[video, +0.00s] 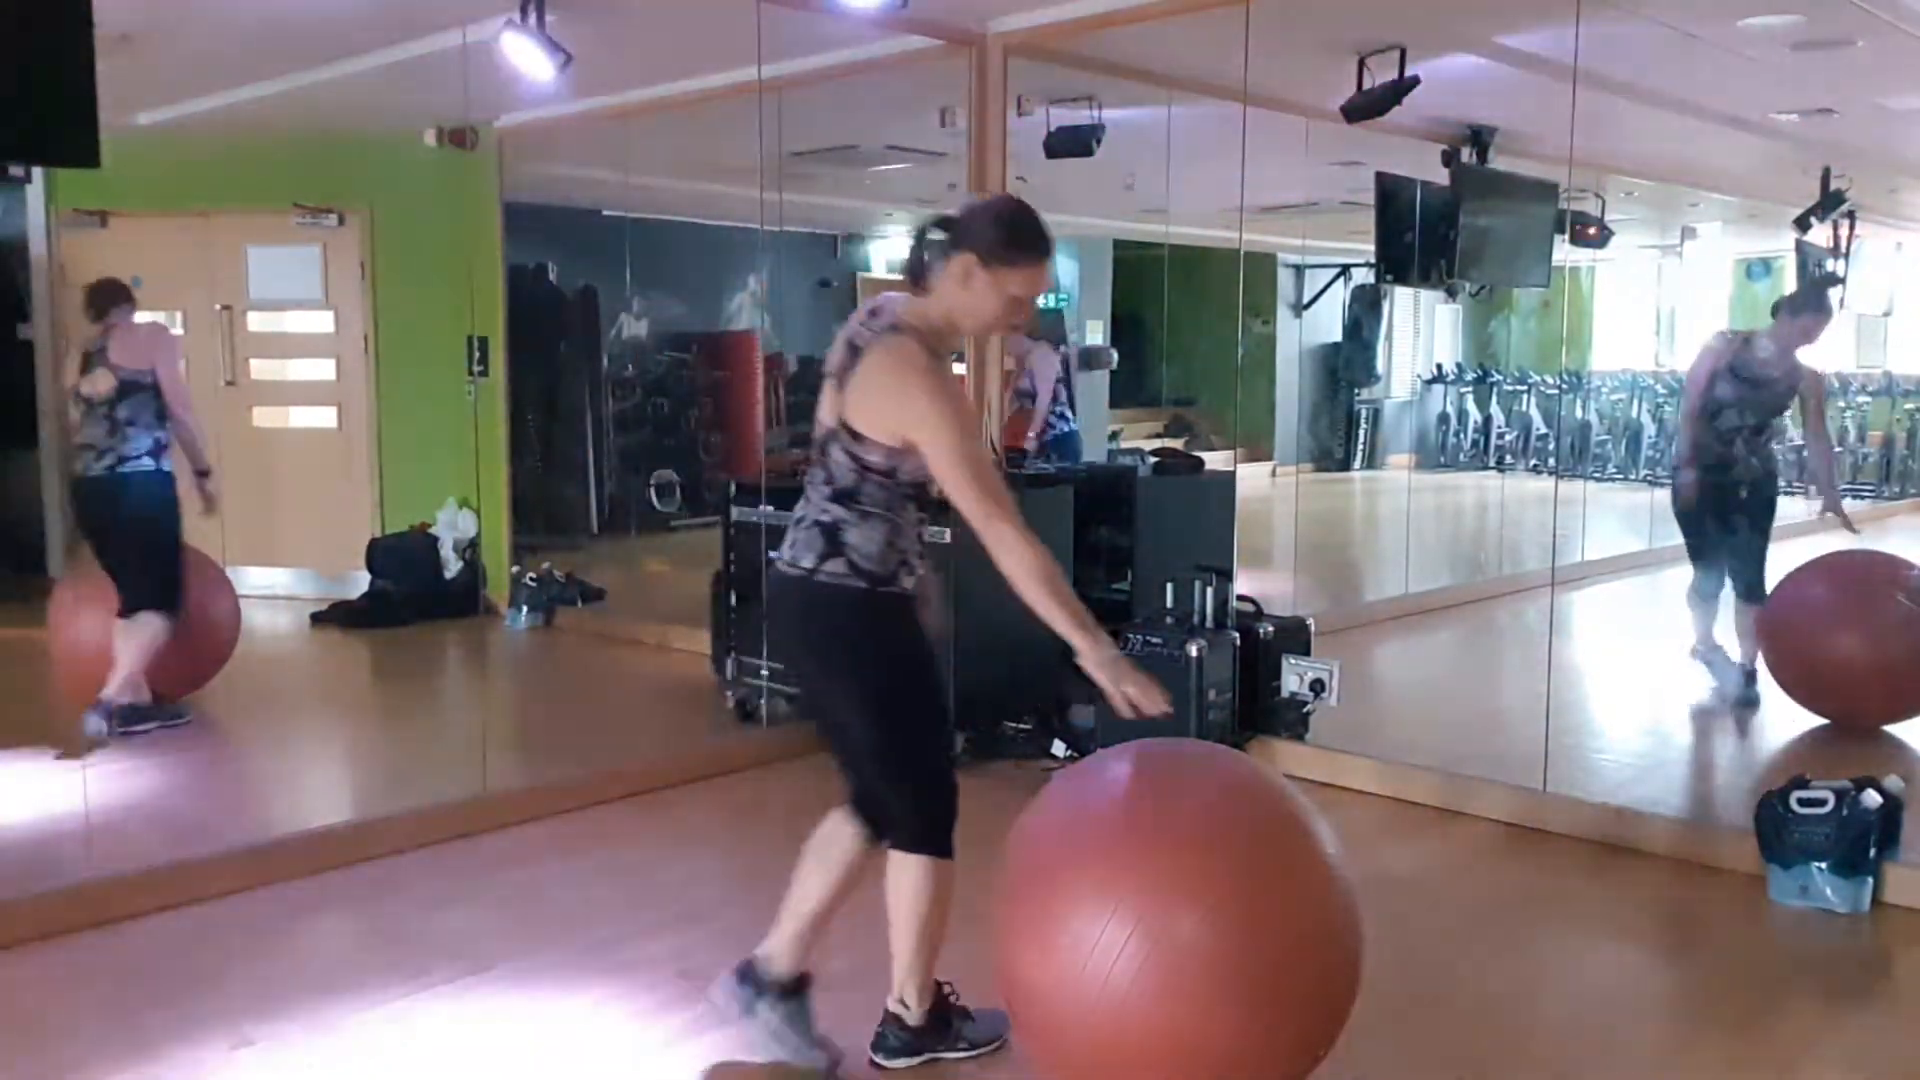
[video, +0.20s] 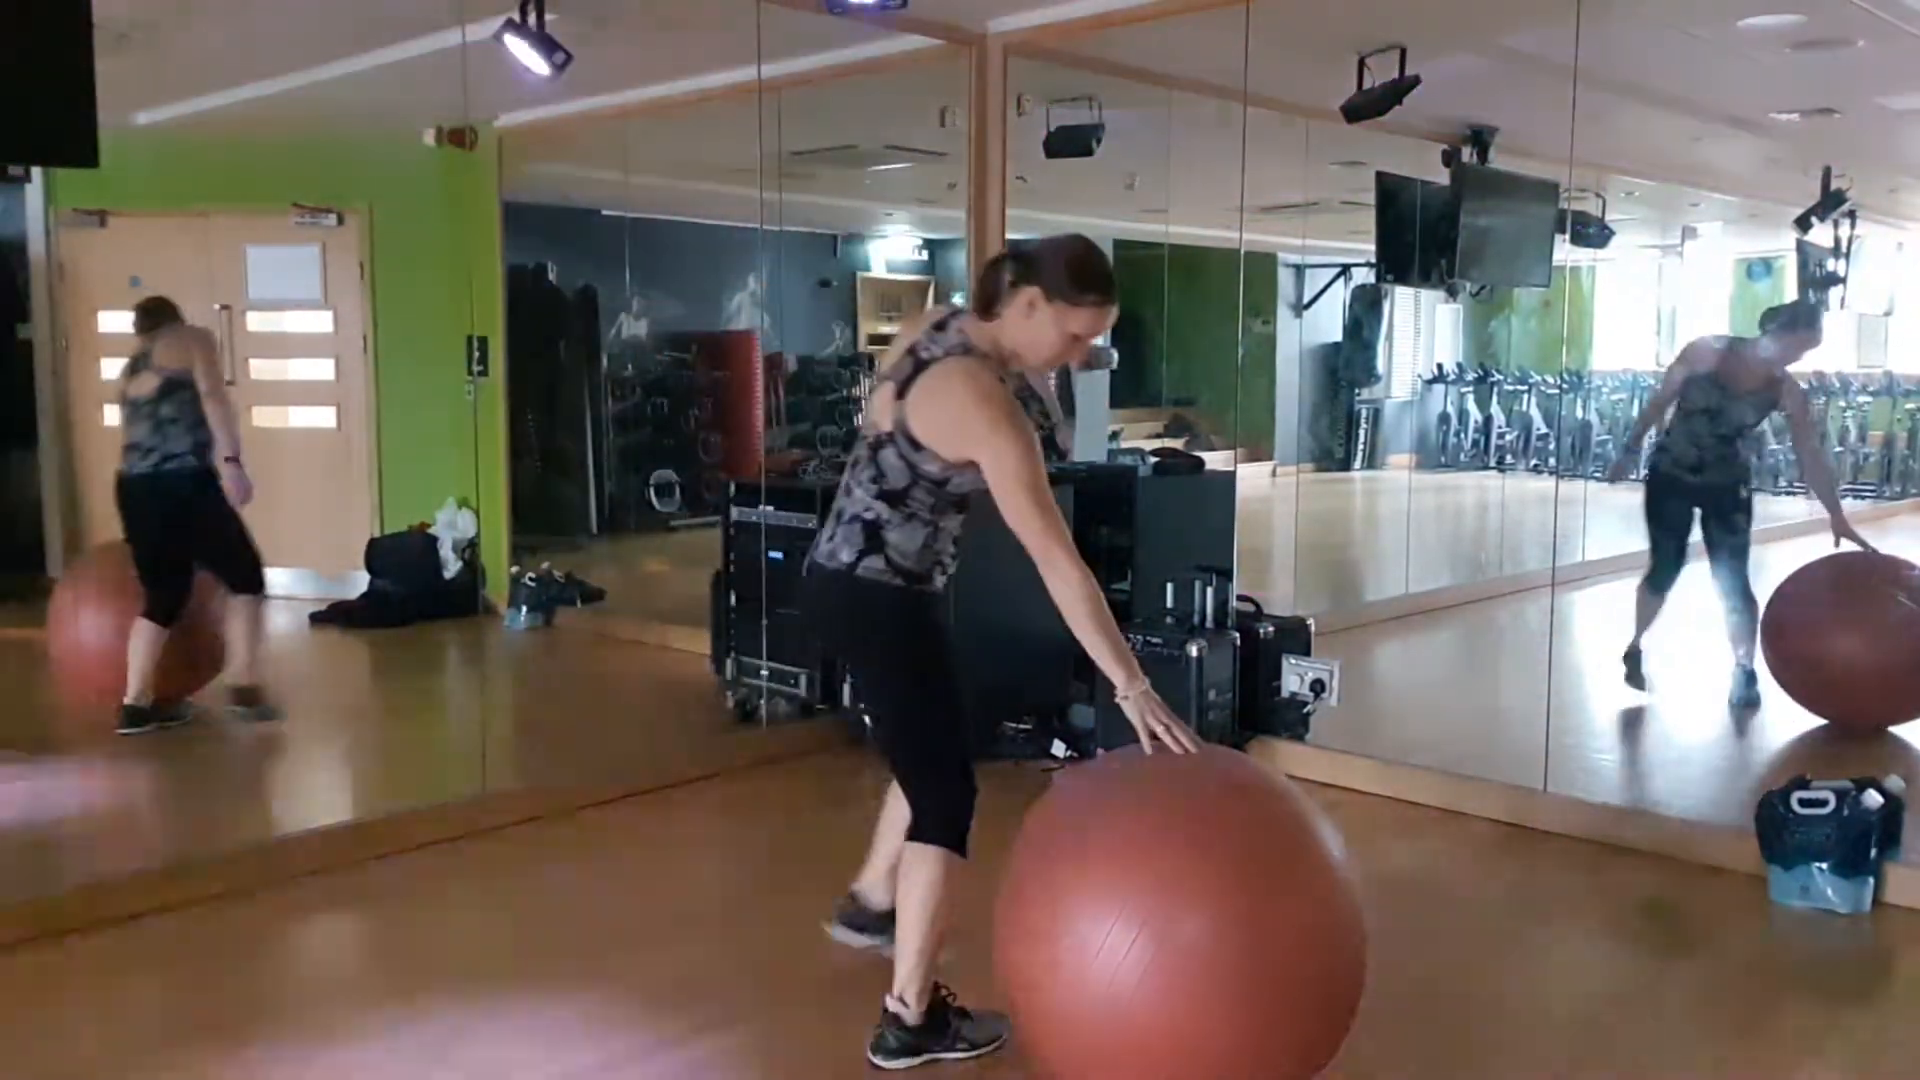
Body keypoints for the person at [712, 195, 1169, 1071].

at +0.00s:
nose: (1019, 320)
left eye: (1029, 304)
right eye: (1016, 300)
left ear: (961, 272)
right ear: (963, 271)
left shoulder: (882, 323)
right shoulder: (909, 369)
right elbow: (999, 528)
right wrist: (1100, 654)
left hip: (817, 590)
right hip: (856, 601)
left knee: (877, 792)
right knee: (924, 799)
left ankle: (772, 974)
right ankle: (913, 1013)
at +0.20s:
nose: (1080, 356)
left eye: (1090, 340)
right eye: (1077, 335)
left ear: (1020, 304)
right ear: (1025, 303)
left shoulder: (939, 337)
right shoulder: (982, 399)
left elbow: (874, 418)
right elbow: (1054, 556)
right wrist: (1130, 682)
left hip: (855, 583)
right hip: (884, 597)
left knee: (928, 750)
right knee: (944, 797)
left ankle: (871, 896)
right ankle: (910, 1012)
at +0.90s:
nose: (1065, 361)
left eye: (1077, 346)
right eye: (1052, 343)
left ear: (1091, 332)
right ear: (1016, 313)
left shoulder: (1058, 385)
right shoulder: (988, 396)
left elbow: (1090, 448)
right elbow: (935, 525)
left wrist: (1139, 496)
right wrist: (922, 638)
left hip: (1034, 601)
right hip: (1002, 607)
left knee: (1003, 763)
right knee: (1103, 743)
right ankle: (1115, 916)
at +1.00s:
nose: (1079, 355)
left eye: (1091, 339)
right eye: (1063, 339)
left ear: (1104, 326)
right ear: (1031, 318)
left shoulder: (1080, 372)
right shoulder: (1005, 396)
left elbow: (1106, 443)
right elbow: (958, 530)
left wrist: (1152, 502)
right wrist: (927, 647)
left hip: (1056, 598)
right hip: (1015, 603)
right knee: (1120, 743)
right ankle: (1122, 921)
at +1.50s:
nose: (1110, 357)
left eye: (1122, 344)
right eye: (1099, 339)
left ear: (1132, 333)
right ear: (1064, 318)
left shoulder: (1089, 395)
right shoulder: (1030, 403)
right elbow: (959, 509)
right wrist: (923, 606)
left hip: (1056, 612)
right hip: (1034, 618)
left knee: (1133, 739)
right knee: (1153, 746)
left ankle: (1087, 892)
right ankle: (1120, 924)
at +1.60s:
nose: (1109, 364)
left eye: (1121, 350)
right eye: (1099, 345)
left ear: (1131, 343)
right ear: (1062, 324)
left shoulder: (1076, 405)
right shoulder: (1029, 407)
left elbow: (1030, 520)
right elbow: (954, 502)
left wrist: (982, 607)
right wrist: (924, 605)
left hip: (1040, 621)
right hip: (1023, 629)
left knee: (1125, 737)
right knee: (1150, 741)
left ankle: (1084, 892)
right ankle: (1120, 923)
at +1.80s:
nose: (1087, 392)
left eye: (1098, 379)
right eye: (1079, 374)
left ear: (1102, 374)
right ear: (1041, 355)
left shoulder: (1044, 431)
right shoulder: (996, 438)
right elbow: (914, 527)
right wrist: (904, 639)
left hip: (1007, 648)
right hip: (970, 655)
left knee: (1103, 727)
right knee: (1131, 743)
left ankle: (1085, 892)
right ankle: (1120, 926)